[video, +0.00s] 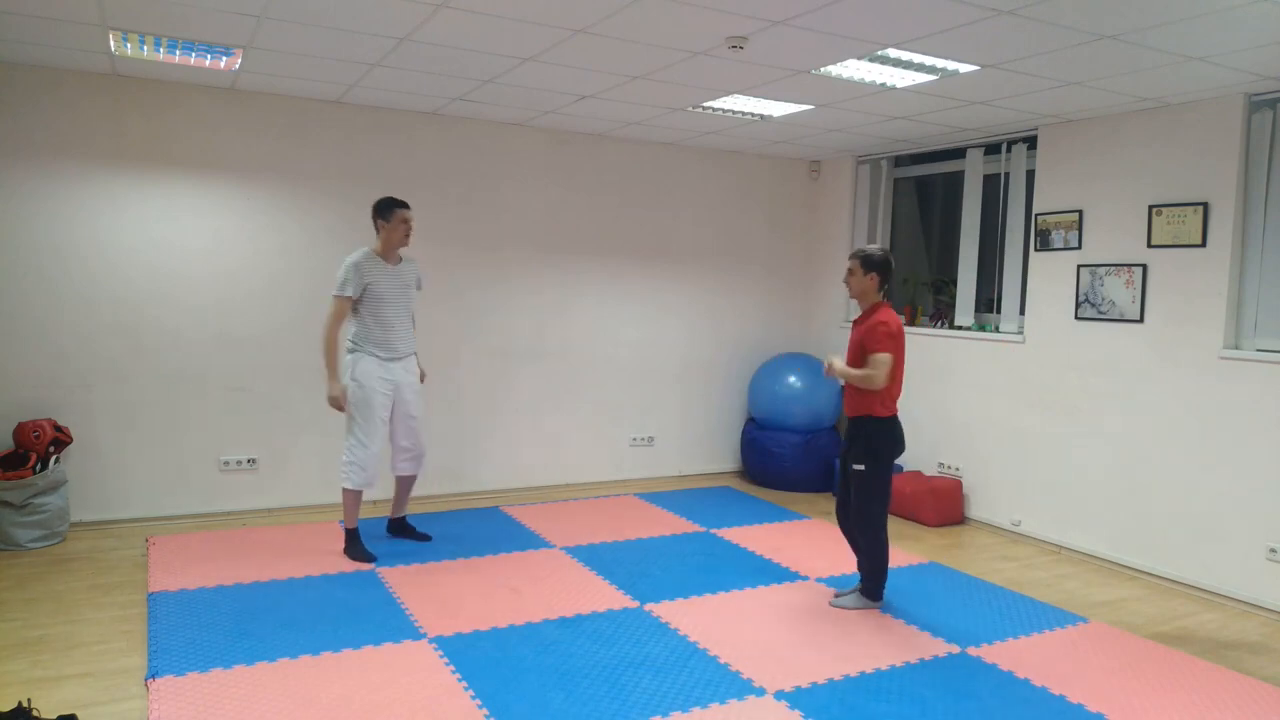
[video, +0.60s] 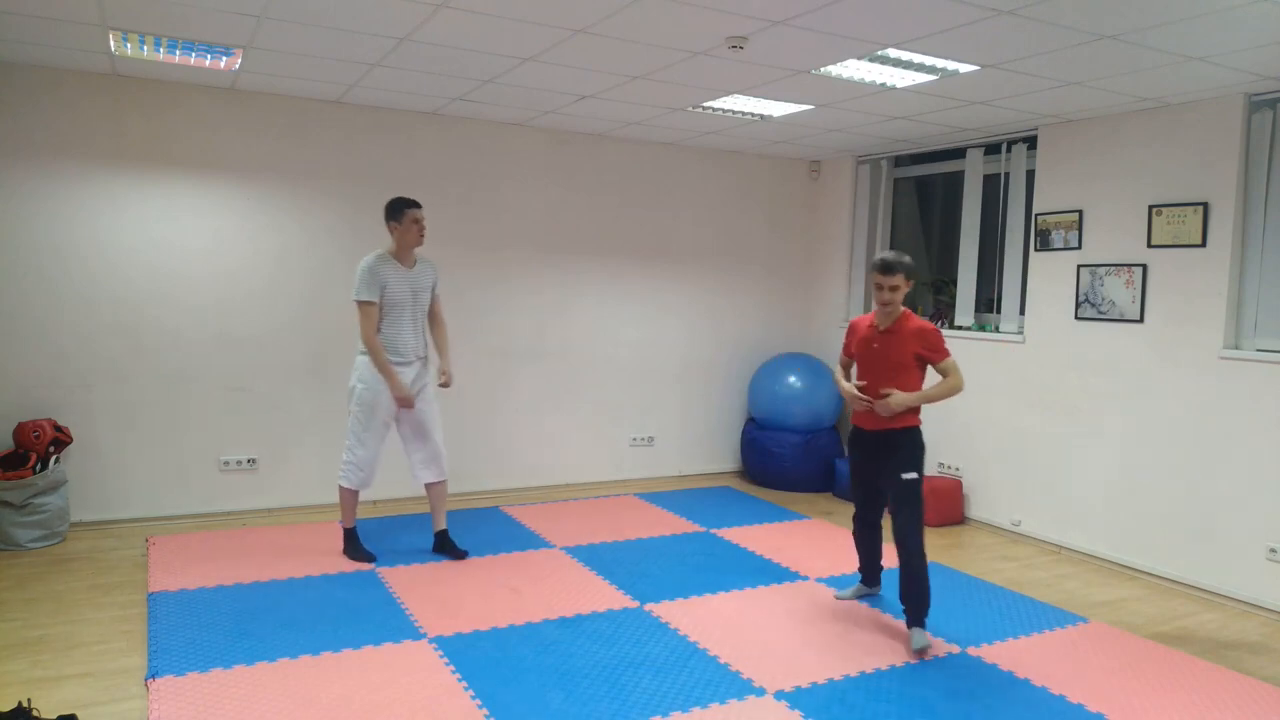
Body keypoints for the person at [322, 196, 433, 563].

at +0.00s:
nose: (410, 230)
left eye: (411, 223)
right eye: (404, 223)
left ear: (405, 228)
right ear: (381, 225)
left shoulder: (410, 268)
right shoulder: (357, 265)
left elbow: (406, 321)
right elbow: (332, 325)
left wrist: (415, 362)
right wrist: (333, 380)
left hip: (405, 368)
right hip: (368, 367)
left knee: (412, 446)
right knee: (363, 449)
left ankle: (398, 520)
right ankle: (352, 536)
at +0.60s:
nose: (422, 228)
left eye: (423, 222)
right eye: (415, 223)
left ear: (418, 227)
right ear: (394, 227)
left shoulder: (427, 268)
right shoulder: (373, 268)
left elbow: (435, 317)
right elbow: (368, 335)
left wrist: (444, 360)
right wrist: (394, 381)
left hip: (417, 371)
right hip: (377, 372)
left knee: (432, 450)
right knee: (360, 454)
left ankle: (441, 534)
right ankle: (350, 537)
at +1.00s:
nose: (469, 243)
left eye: (474, 238)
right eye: (464, 235)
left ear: (477, 238)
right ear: (446, 229)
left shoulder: (468, 277)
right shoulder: (414, 262)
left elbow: (470, 332)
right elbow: (390, 316)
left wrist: (477, 378)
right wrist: (407, 365)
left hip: (447, 369)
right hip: (406, 367)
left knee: (449, 452)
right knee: (396, 455)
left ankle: (443, 535)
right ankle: (367, 528)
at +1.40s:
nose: (485, 249)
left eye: (491, 243)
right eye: (481, 240)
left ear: (495, 243)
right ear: (465, 233)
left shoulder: (489, 281)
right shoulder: (433, 262)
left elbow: (489, 335)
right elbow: (402, 311)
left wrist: (493, 384)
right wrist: (382, 363)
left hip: (460, 371)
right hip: (420, 366)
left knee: (451, 452)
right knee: (423, 452)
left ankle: (443, 534)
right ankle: (428, 544)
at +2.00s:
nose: (479, 240)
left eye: (484, 233)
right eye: (472, 235)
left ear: (490, 230)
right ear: (455, 231)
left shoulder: (499, 268)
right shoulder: (438, 271)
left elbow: (508, 321)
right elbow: (425, 335)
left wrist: (514, 363)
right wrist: (434, 388)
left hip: (492, 375)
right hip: (454, 374)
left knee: (479, 459)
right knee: (448, 460)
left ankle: (447, 528)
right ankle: (455, 550)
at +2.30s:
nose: (486, 243)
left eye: (491, 236)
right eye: (479, 237)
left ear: (496, 230)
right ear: (461, 232)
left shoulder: (507, 266)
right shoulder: (446, 273)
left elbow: (515, 321)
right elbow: (438, 341)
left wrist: (528, 371)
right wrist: (450, 396)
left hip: (507, 377)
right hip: (467, 379)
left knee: (524, 463)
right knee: (455, 467)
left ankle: (505, 537)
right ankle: (456, 553)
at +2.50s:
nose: (507, 246)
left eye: (512, 238)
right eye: (500, 239)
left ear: (517, 234)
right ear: (482, 233)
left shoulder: (524, 267)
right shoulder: (463, 273)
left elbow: (528, 323)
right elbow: (448, 339)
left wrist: (536, 374)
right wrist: (453, 396)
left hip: (519, 380)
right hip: (477, 380)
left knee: (537, 465)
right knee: (463, 468)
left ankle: (562, 554)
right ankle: (457, 555)